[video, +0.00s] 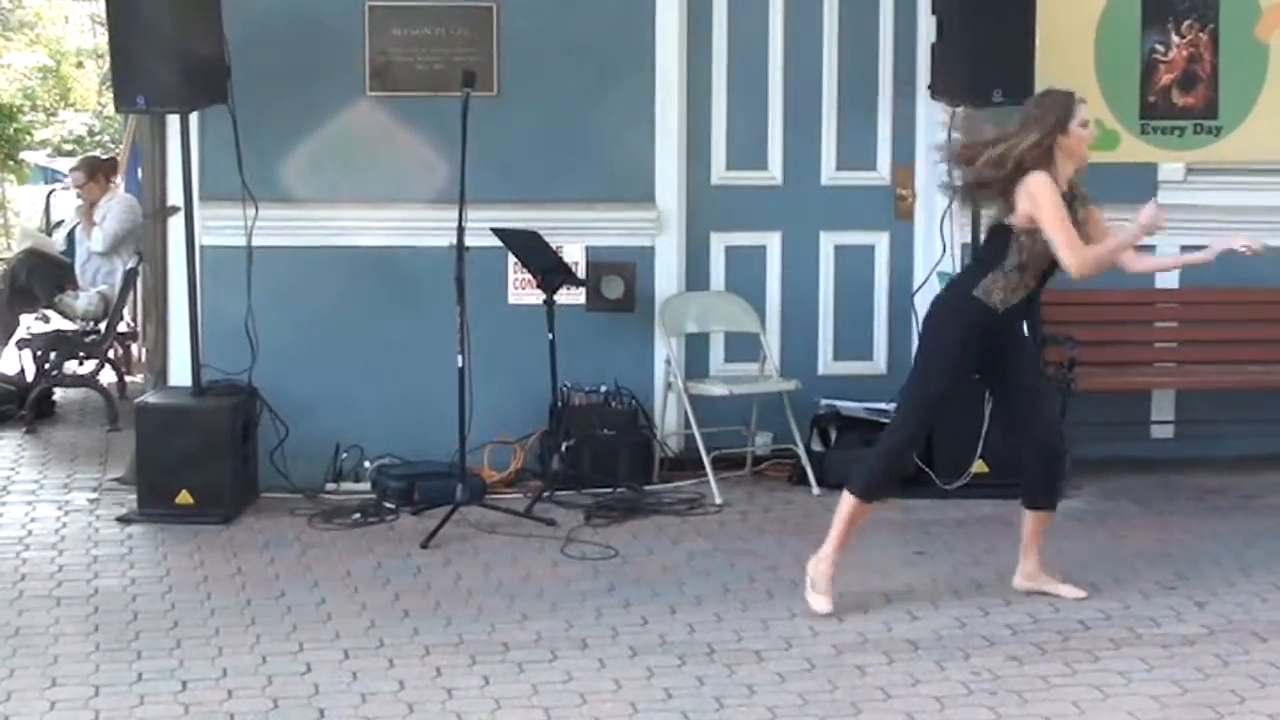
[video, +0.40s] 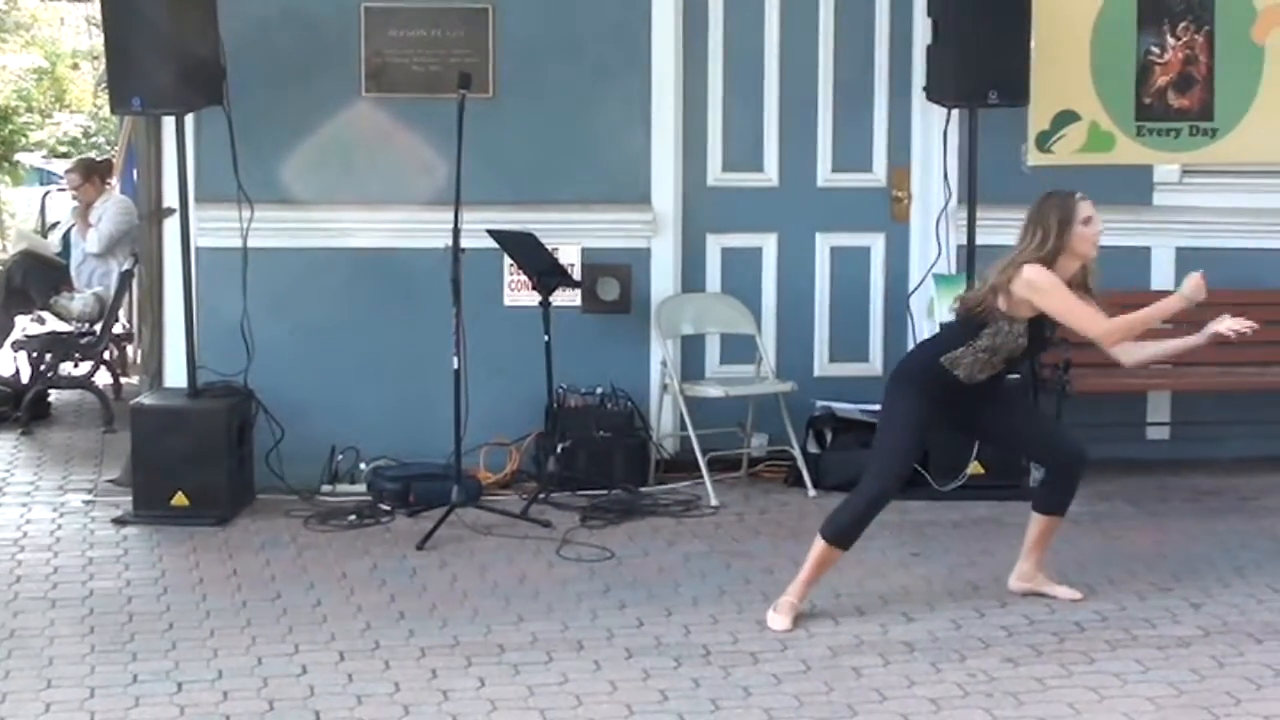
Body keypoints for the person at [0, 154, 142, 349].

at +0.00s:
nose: (77, 193)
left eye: (80, 187)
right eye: (75, 188)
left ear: (99, 181)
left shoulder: (125, 205)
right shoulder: (88, 211)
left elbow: (102, 244)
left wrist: (86, 220)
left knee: (29, 261)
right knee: (12, 296)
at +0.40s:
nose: (73, 195)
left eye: (76, 189)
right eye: (70, 190)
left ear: (94, 182)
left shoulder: (121, 206)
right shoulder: (83, 210)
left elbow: (98, 245)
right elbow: (55, 247)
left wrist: (81, 221)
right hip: (76, 289)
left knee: (25, 262)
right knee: (9, 299)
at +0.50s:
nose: (73, 195)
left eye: (76, 189)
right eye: (71, 190)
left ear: (94, 183)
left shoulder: (121, 207)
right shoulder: (84, 210)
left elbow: (99, 245)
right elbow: (56, 247)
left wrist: (81, 221)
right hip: (75, 286)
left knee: (26, 262)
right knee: (10, 301)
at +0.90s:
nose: (74, 197)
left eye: (78, 191)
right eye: (72, 192)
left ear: (96, 184)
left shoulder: (121, 208)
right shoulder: (84, 211)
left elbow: (100, 247)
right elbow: (56, 248)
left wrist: (82, 223)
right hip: (75, 287)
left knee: (26, 263)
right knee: (10, 305)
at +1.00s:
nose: (75, 197)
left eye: (78, 190)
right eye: (73, 192)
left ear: (99, 184)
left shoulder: (121, 208)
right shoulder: (83, 211)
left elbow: (98, 246)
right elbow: (56, 247)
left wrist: (82, 222)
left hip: (98, 299)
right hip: (74, 291)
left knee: (26, 264)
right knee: (9, 301)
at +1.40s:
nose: (78, 195)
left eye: (81, 188)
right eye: (76, 189)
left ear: (100, 181)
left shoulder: (125, 205)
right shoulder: (86, 209)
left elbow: (102, 244)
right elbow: (59, 244)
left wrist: (86, 221)